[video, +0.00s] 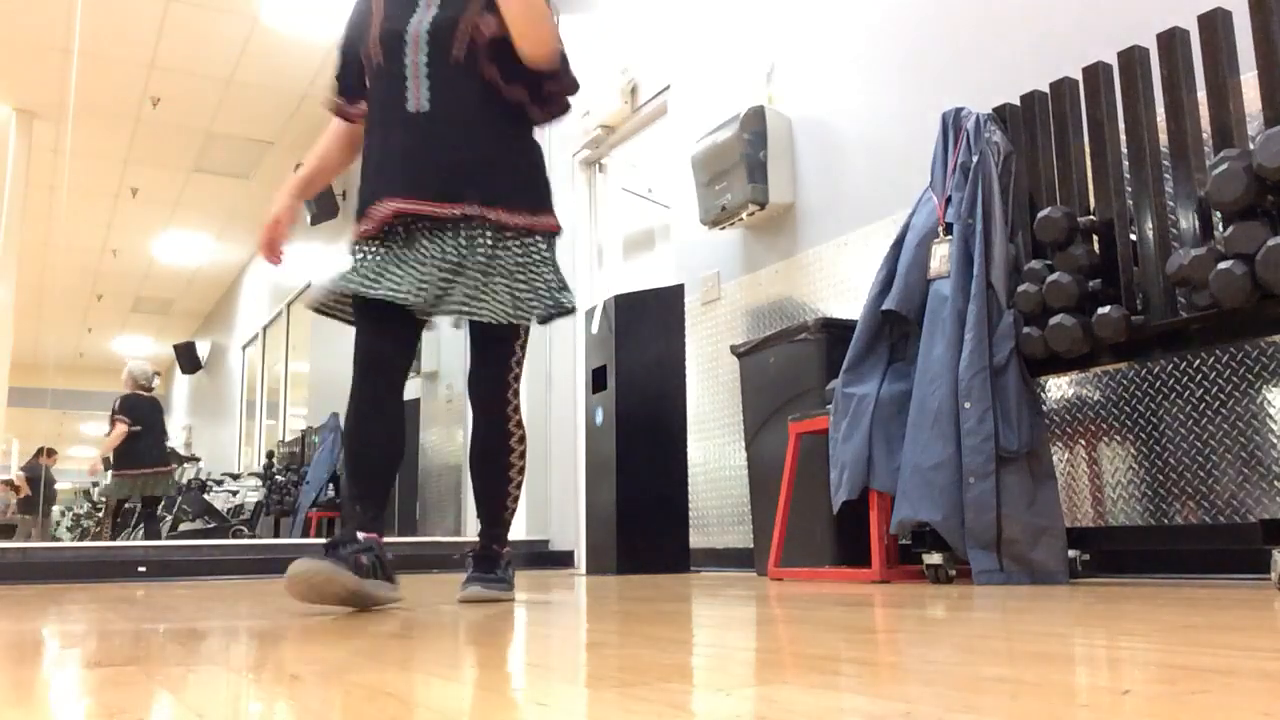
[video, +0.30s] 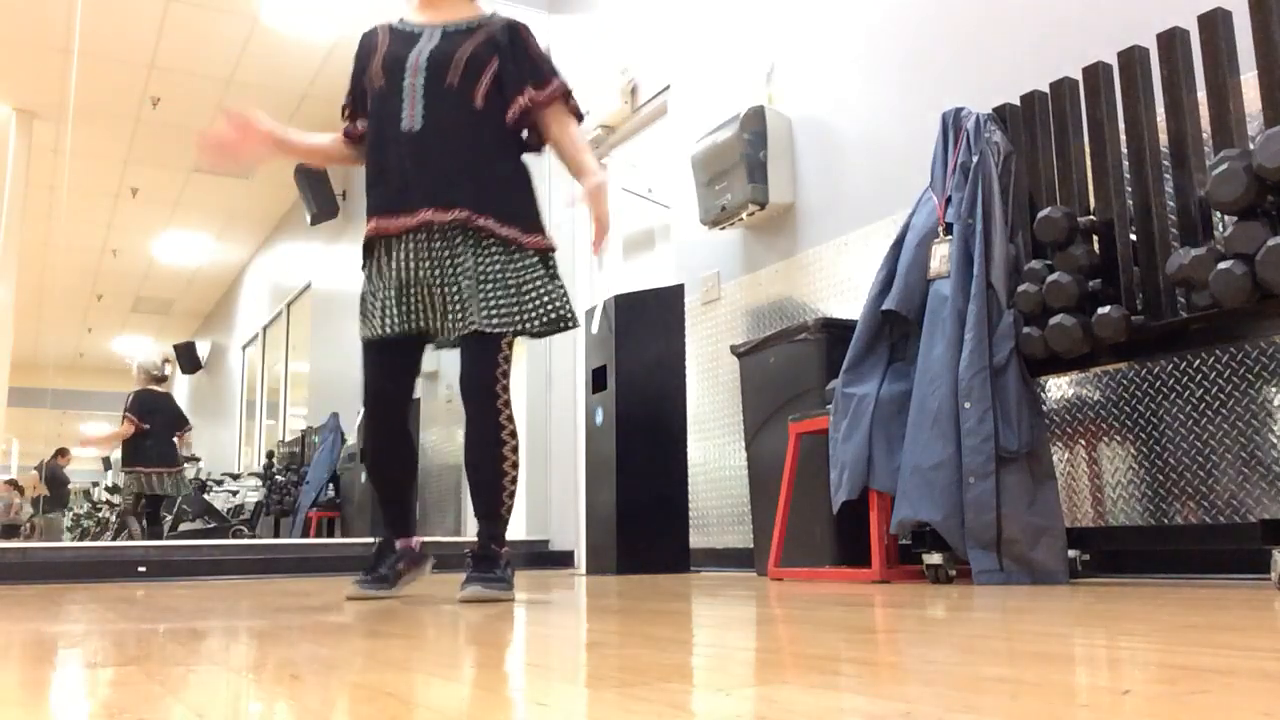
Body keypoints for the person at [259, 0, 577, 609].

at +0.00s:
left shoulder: (509, 5)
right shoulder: (372, 9)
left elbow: (544, 59)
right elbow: (352, 118)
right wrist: (293, 192)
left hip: (502, 207)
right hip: (400, 209)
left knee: (494, 389)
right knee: (374, 372)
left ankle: (491, 554)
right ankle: (364, 545)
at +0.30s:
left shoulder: (504, 34)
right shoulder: (379, 42)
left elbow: (552, 116)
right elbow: (356, 146)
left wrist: (591, 174)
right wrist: (277, 138)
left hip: (487, 233)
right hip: (398, 236)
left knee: (485, 390)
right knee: (383, 395)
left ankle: (490, 554)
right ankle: (400, 540)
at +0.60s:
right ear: (403, 2)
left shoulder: (502, 66)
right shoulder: (375, 63)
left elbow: (563, 148)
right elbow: (315, 138)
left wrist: (609, 101)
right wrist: (250, 74)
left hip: (476, 250)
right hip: (394, 249)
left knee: (477, 387)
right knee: (392, 401)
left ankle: (504, 537)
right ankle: (403, 552)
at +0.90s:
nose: (444, 8)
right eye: (443, 2)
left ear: (497, 13)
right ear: (443, 24)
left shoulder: (534, 85)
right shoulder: (426, 100)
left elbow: (618, 135)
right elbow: (366, 171)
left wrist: (582, 86)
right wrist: (329, 100)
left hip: (510, 268)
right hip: (432, 268)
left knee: (515, 416)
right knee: (420, 415)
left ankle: (543, 552)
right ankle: (405, 555)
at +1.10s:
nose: (470, 17)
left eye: (485, 7)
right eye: (464, 10)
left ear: (518, 25)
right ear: (459, 30)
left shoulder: (553, 97)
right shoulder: (444, 113)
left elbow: (600, 177)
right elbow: (409, 198)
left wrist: (607, 143)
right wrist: (356, 154)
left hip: (539, 275)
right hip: (462, 279)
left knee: (533, 416)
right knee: (430, 406)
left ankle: (545, 553)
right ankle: (412, 549)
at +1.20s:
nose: (481, 29)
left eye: (496, 20)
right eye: (475, 23)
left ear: (529, 38)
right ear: (469, 43)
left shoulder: (560, 110)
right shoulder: (454, 122)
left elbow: (593, 194)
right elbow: (430, 214)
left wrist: (603, 184)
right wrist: (391, 219)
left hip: (545, 277)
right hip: (472, 281)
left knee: (538, 416)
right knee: (443, 403)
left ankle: (545, 553)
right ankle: (452, 551)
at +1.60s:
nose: (486, 31)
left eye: (501, 23)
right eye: (478, 27)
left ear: (532, 45)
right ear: (472, 51)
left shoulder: (555, 114)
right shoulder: (452, 119)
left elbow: (590, 191)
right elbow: (429, 204)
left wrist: (516, 149)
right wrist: (412, 278)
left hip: (529, 282)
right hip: (454, 282)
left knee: (534, 415)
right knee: (420, 409)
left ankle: (547, 550)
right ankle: (418, 545)